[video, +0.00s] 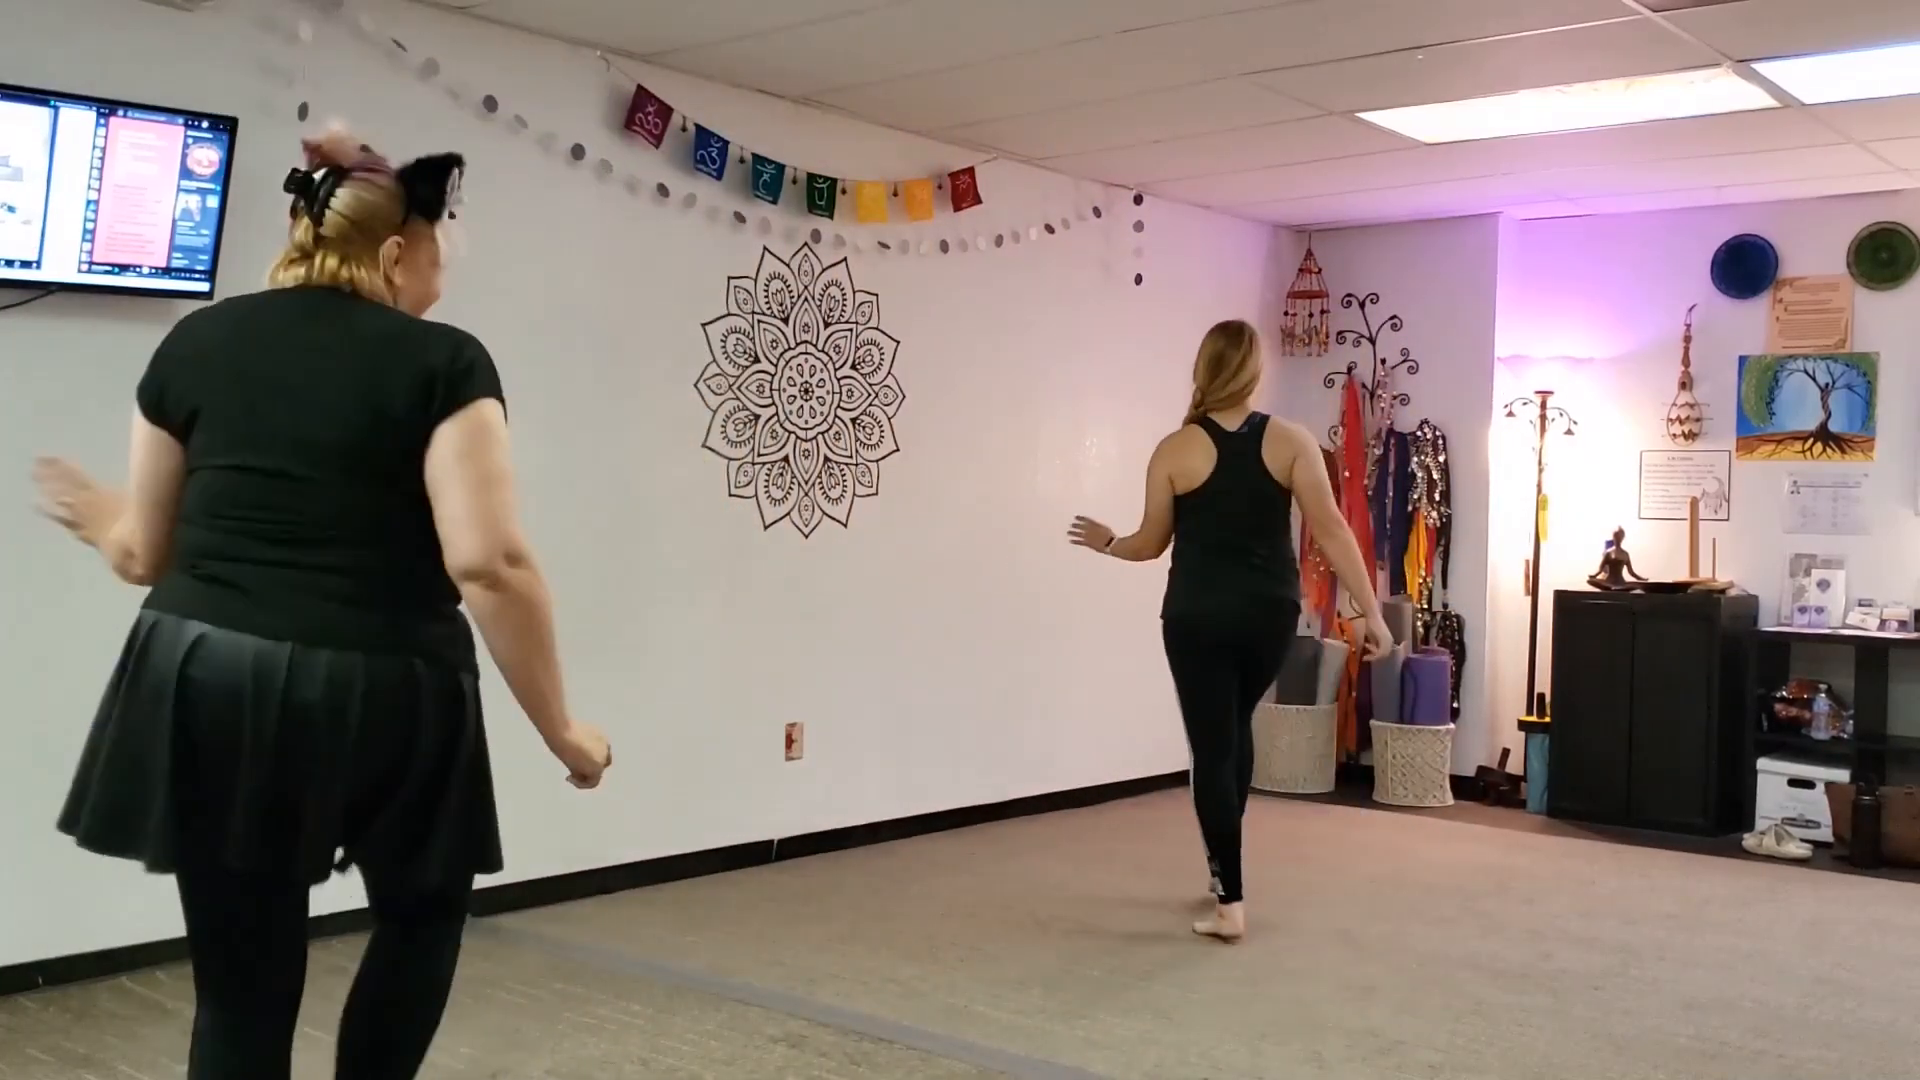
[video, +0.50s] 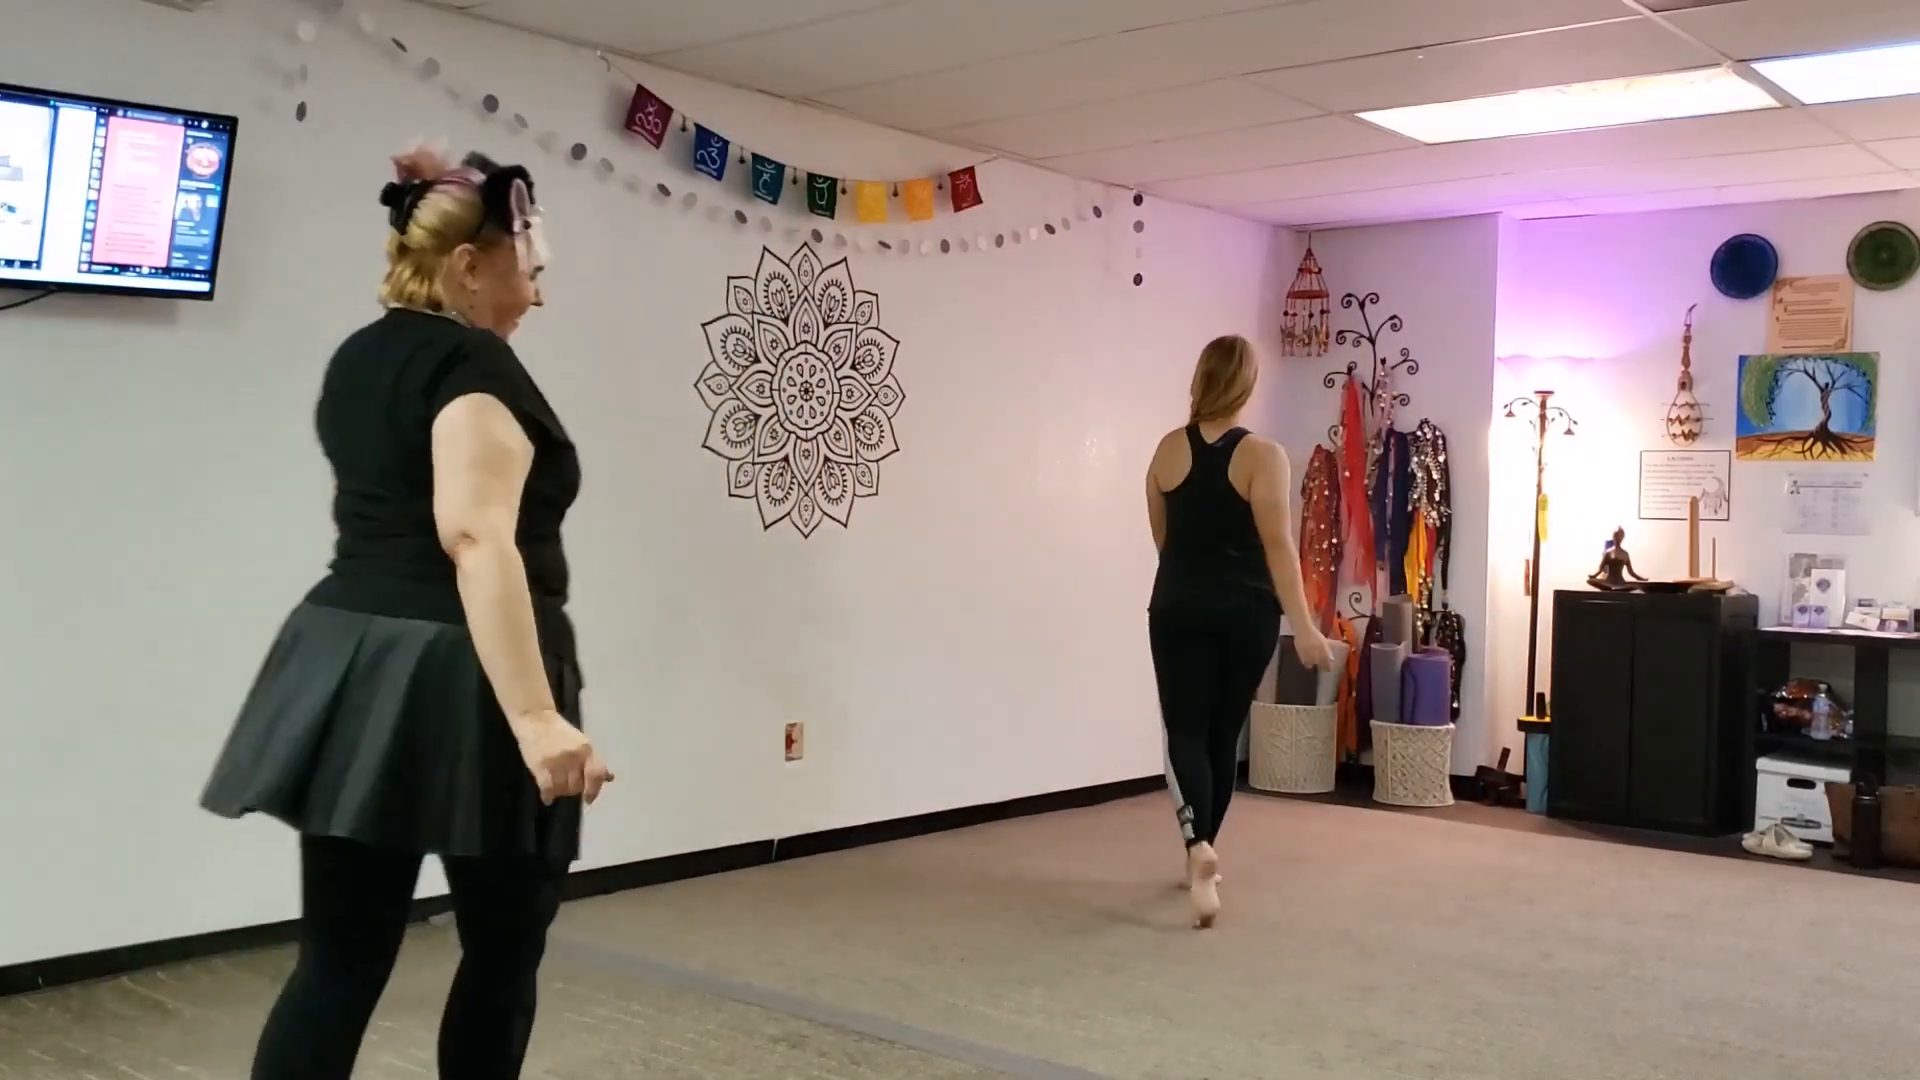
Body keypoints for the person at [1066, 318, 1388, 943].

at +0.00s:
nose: (1258, 373)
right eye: (1258, 365)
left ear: (1201, 371)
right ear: (1255, 372)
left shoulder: (1173, 450)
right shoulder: (1292, 442)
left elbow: (1151, 544)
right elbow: (1329, 528)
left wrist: (1110, 543)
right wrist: (1370, 610)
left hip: (1195, 616)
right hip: (1270, 615)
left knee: (1212, 752)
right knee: (1237, 721)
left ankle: (1231, 902)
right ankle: (1222, 860)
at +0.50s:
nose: (1253, 387)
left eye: (1241, 375)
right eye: (1254, 379)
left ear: (1199, 379)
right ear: (1249, 385)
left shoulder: (1168, 450)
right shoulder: (1264, 455)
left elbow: (1161, 537)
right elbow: (1277, 546)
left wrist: (1190, 582)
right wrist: (1305, 628)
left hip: (1177, 606)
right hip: (1248, 611)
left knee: (1184, 729)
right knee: (1223, 732)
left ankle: (1200, 844)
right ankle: (1203, 860)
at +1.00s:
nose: (1256, 391)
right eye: (1257, 384)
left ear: (1206, 389)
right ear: (1255, 392)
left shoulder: (1180, 455)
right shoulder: (1281, 462)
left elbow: (1138, 524)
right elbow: (1309, 549)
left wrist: (1098, 586)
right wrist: (1348, 617)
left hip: (1190, 606)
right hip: (1252, 611)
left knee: (1244, 696)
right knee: (1222, 726)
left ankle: (1234, 820)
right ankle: (1197, 860)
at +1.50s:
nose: (1307, 402)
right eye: (1304, 395)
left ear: (1255, 401)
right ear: (1300, 401)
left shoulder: (1237, 468)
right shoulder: (1334, 455)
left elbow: (1207, 545)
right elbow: (1354, 540)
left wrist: (1167, 600)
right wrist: (1363, 608)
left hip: (1249, 601)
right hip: (1307, 603)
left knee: (1277, 713)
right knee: (1272, 716)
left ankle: (1291, 834)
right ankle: (1217, 824)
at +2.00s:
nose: (1373, 399)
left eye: (1372, 391)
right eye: (1366, 391)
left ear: (1335, 397)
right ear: (1339, 396)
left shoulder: (1332, 446)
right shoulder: (1325, 445)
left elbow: (1336, 526)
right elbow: (1325, 523)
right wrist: (1375, 584)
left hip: (1312, 593)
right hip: (1329, 594)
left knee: (1315, 710)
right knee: (1409, 688)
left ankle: (1296, 834)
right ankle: (1362, 802)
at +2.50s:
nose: (1444, 399)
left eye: (1444, 392)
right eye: (1433, 393)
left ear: (1436, 402)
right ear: (1404, 403)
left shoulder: (1445, 463)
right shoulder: (1392, 462)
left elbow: (1458, 550)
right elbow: (1356, 537)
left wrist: (1486, 608)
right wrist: (1335, 608)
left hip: (1422, 602)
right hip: (1405, 604)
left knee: (1370, 713)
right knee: (1435, 717)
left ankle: (1305, 817)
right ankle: (1451, 838)